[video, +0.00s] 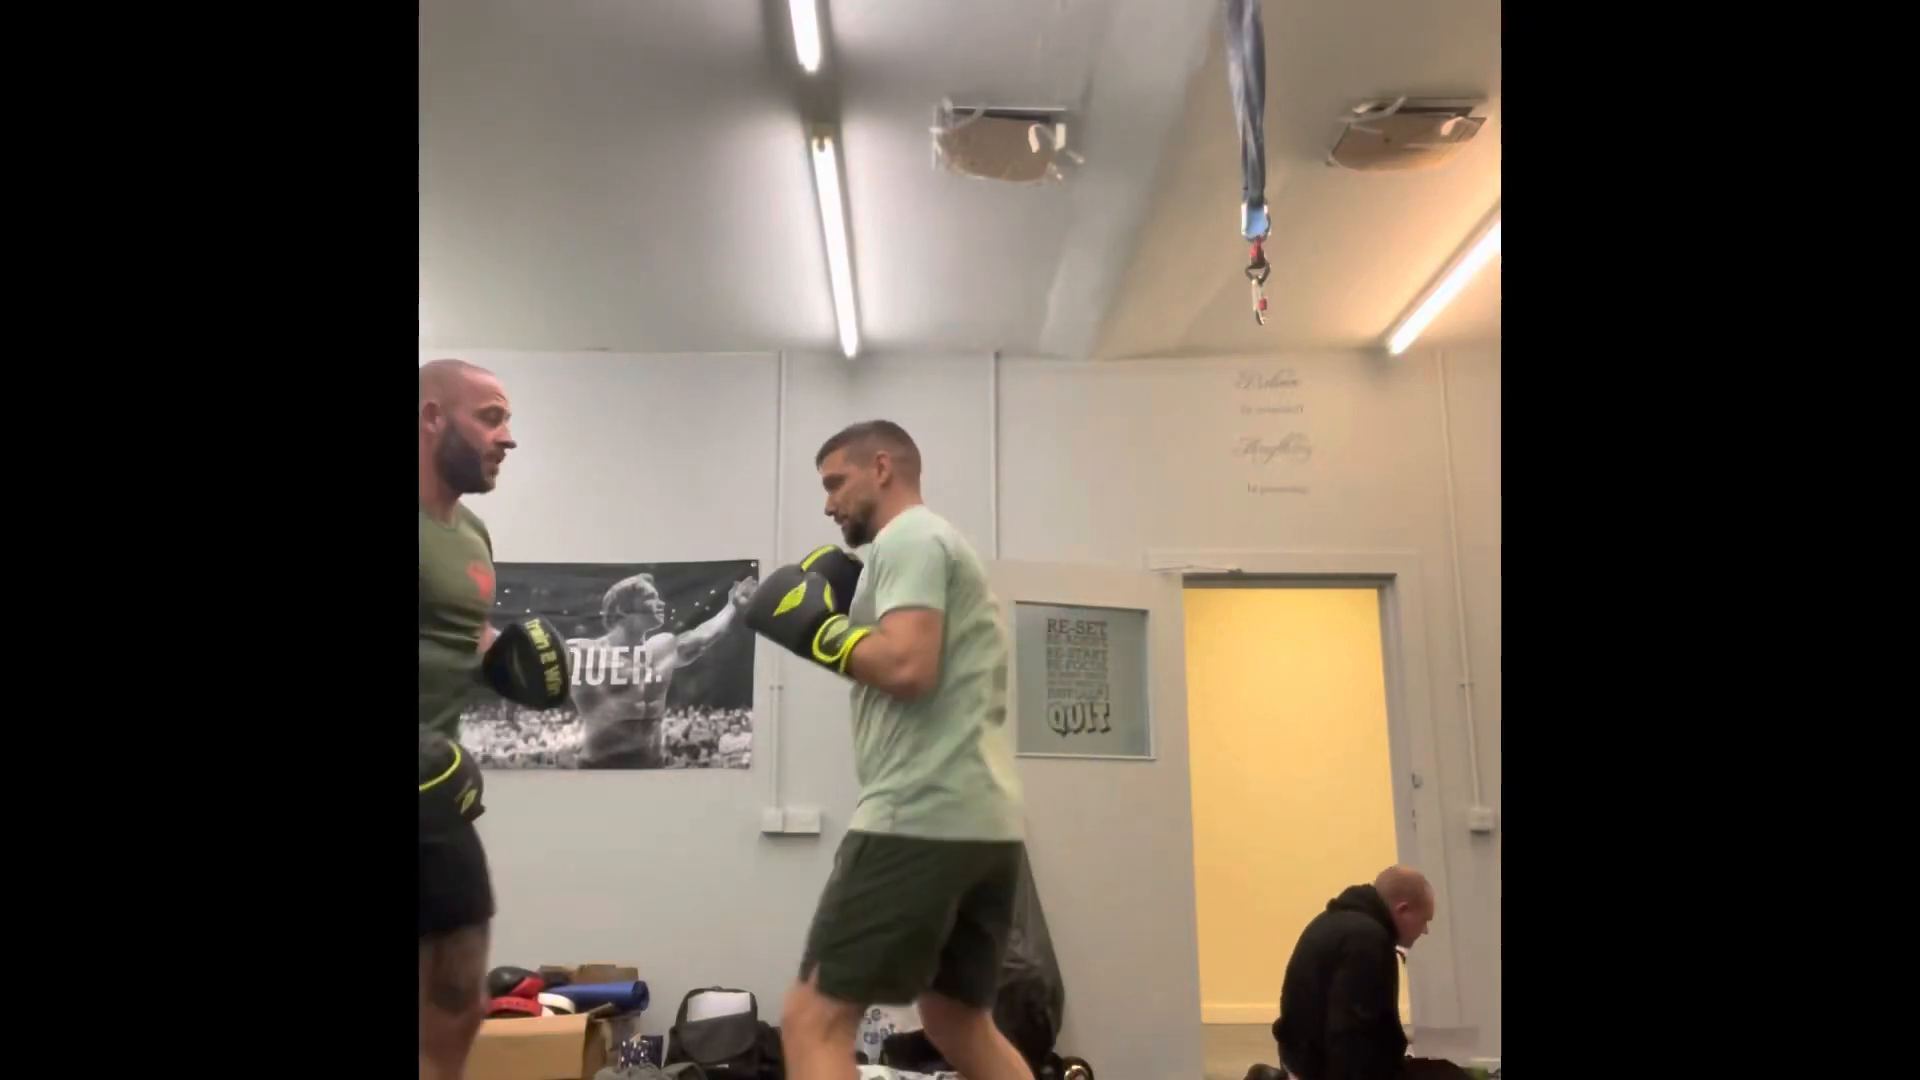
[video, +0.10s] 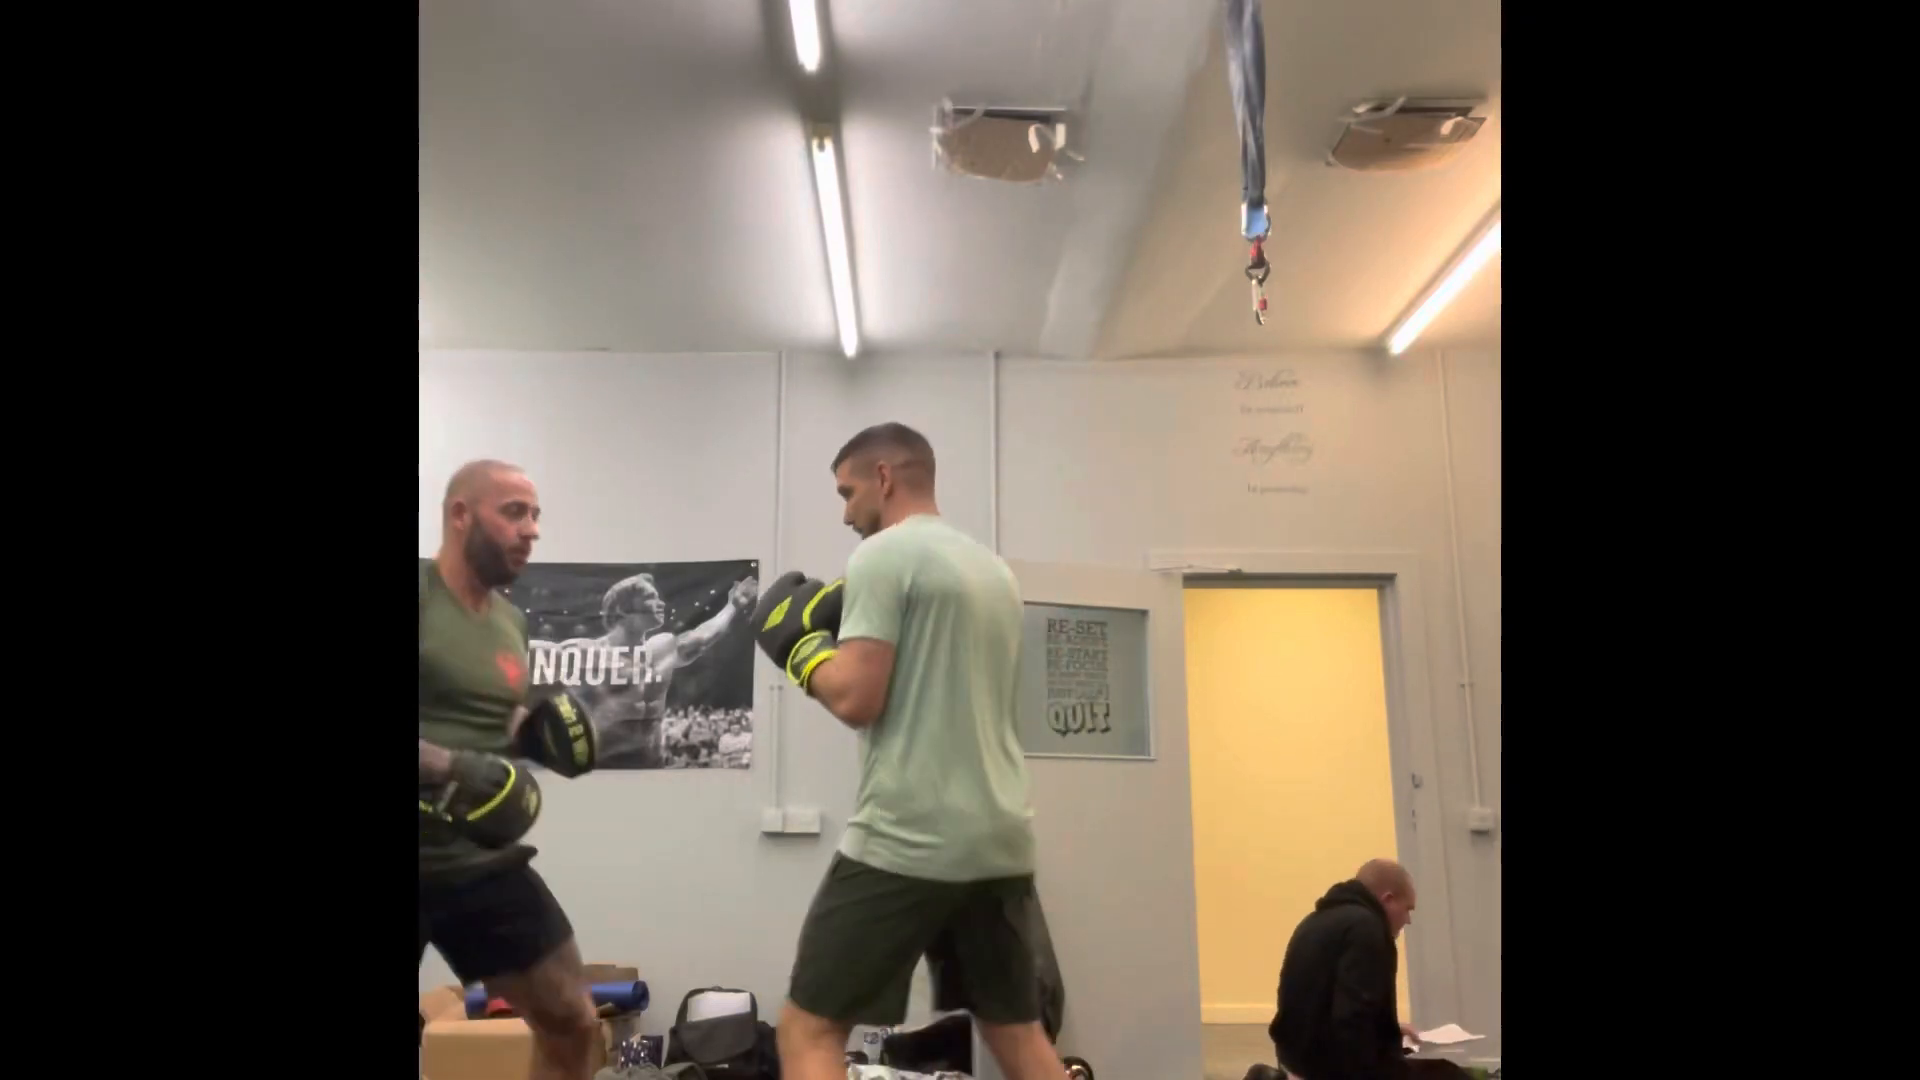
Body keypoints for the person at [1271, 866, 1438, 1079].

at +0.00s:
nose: (1425, 931)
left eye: (1427, 922)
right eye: (1424, 921)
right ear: (1401, 910)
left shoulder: (1327, 921)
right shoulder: (1371, 937)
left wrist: (1298, 1068)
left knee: (1440, 1068)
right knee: (1444, 1071)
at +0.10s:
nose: (1408, 921)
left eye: (1409, 911)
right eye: (1407, 910)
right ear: (1386, 900)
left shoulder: (1318, 919)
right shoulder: (1368, 927)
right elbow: (1358, 1016)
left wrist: (1391, 1028)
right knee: (1445, 1070)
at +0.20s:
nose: (1400, 917)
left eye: (1401, 908)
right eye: (1399, 907)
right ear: (1379, 895)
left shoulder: (1308, 922)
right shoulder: (1370, 926)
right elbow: (1378, 1010)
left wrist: (1392, 1030)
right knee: (1444, 1070)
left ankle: (1280, 1074)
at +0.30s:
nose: (1400, 919)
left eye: (1403, 909)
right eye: (1400, 907)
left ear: (1351, 887)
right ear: (1380, 897)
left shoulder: (1306, 923)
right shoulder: (1376, 930)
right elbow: (1382, 1025)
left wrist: (1393, 1034)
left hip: (1295, 1061)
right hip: (1351, 1068)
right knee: (1452, 1072)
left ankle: (1275, 1074)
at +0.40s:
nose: (1401, 928)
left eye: (1405, 921)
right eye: (1402, 918)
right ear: (1385, 902)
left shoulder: (1308, 923)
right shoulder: (1377, 931)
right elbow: (1386, 1022)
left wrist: (1395, 1036)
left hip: (1295, 1060)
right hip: (1349, 1067)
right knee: (1449, 1070)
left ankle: (1273, 1073)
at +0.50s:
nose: (1400, 934)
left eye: (1405, 928)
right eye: (1403, 925)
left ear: (1366, 894)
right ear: (1390, 906)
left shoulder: (1310, 923)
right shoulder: (1378, 931)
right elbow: (1388, 1023)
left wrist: (1396, 1035)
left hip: (1295, 1060)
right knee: (1451, 1071)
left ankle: (1278, 1078)